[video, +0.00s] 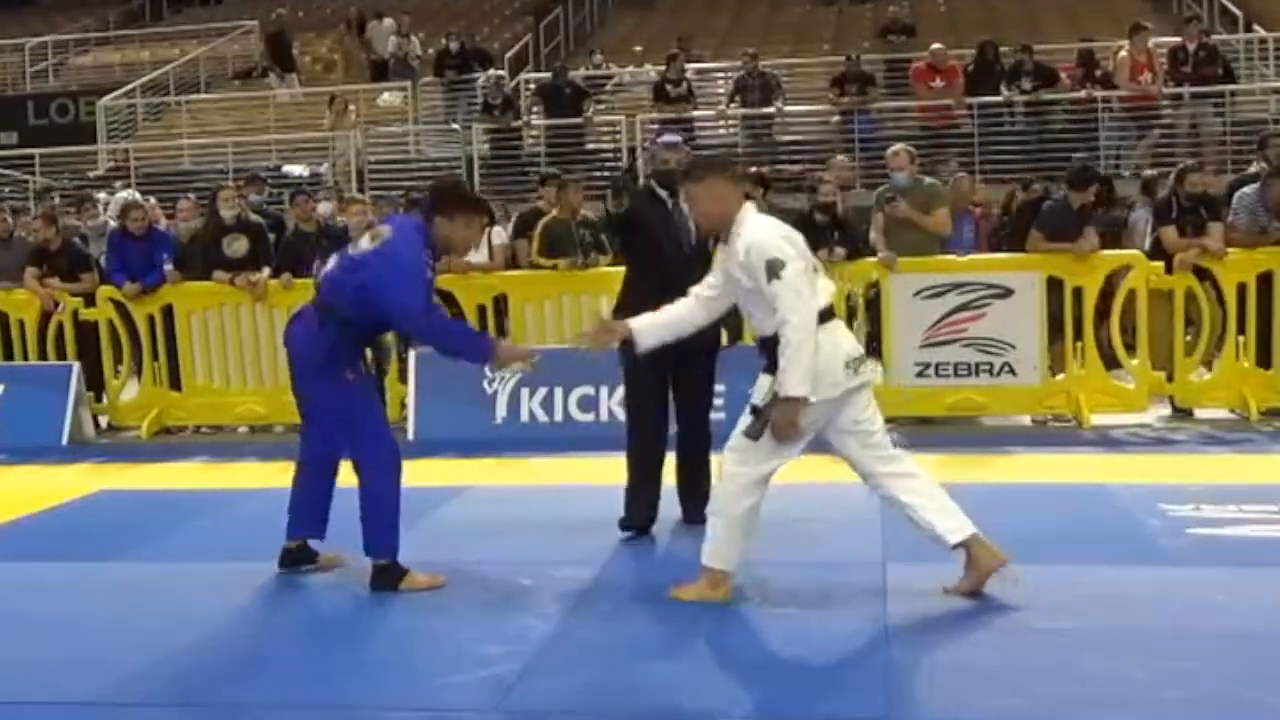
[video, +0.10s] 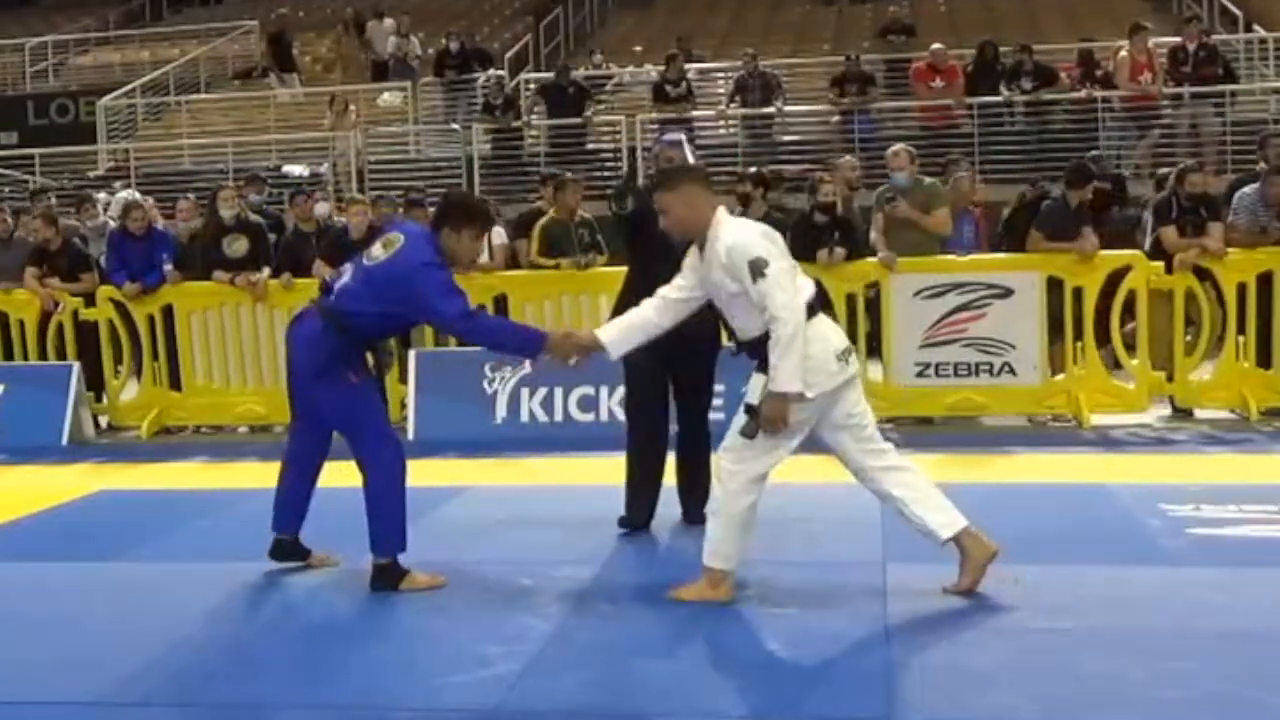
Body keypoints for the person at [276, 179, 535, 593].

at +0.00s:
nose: (475, 241)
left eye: (478, 231)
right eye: (473, 229)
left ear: (444, 219)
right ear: (447, 219)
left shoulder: (403, 231)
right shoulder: (405, 254)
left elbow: (417, 310)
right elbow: (417, 319)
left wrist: (478, 346)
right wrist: (490, 350)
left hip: (310, 332)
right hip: (330, 345)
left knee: (321, 441)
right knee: (380, 454)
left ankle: (297, 547)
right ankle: (385, 566)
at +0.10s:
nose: (481, 249)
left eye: (483, 240)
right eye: (476, 239)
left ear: (444, 229)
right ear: (450, 234)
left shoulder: (407, 230)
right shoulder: (425, 275)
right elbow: (468, 326)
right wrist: (547, 342)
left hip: (309, 330)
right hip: (332, 348)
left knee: (308, 440)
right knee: (383, 452)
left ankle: (285, 540)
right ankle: (387, 567)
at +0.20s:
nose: (484, 257)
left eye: (485, 248)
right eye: (479, 247)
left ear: (449, 236)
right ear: (453, 241)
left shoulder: (410, 237)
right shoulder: (425, 279)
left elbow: (361, 261)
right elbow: (470, 335)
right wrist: (546, 344)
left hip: (308, 329)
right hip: (331, 349)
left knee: (308, 439)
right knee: (384, 451)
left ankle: (285, 539)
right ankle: (387, 566)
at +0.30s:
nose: (483, 257)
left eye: (485, 248)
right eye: (479, 247)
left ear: (448, 236)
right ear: (453, 239)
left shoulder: (411, 237)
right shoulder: (422, 278)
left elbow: (366, 280)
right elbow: (467, 330)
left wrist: (399, 339)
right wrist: (544, 348)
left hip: (309, 329)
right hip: (331, 347)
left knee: (309, 439)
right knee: (382, 449)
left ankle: (286, 540)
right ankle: (387, 566)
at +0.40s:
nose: (477, 253)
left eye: (479, 244)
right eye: (474, 242)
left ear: (444, 230)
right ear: (448, 232)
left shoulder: (407, 234)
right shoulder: (417, 274)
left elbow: (363, 278)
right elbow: (464, 333)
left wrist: (397, 336)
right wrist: (537, 354)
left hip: (309, 329)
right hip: (331, 346)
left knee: (311, 438)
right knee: (378, 450)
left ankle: (287, 538)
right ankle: (386, 566)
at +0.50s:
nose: (470, 243)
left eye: (473, 233)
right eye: (465, 232)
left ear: (434, 223)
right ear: (437, 225)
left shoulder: (398, 230)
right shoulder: (407, 267)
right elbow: (459, 321)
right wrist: (533, 351)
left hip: (308, 332)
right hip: (327, 347)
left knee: (321, 439)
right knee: (376, 452)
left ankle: (288, 533)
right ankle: (385, 566)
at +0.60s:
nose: (455, 225)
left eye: (455, 216)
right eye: (450, 215)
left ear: (419, 212)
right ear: (423, 212)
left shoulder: (382, 226)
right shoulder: (394, 258)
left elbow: (340, 276)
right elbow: (441, 316)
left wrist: (364, 328)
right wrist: (499, 354)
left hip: (309, 333)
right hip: (321, 347)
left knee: (332, 442)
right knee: (376, 450)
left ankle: (287, 529)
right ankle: (385, 565)